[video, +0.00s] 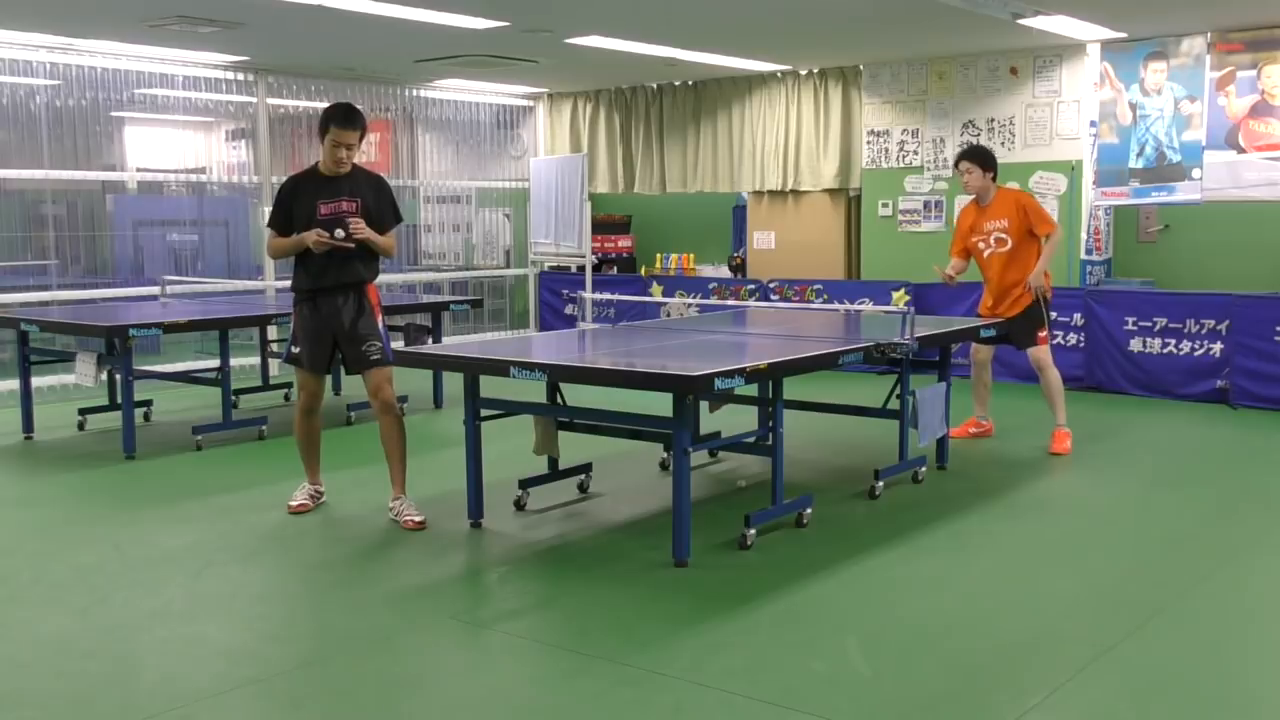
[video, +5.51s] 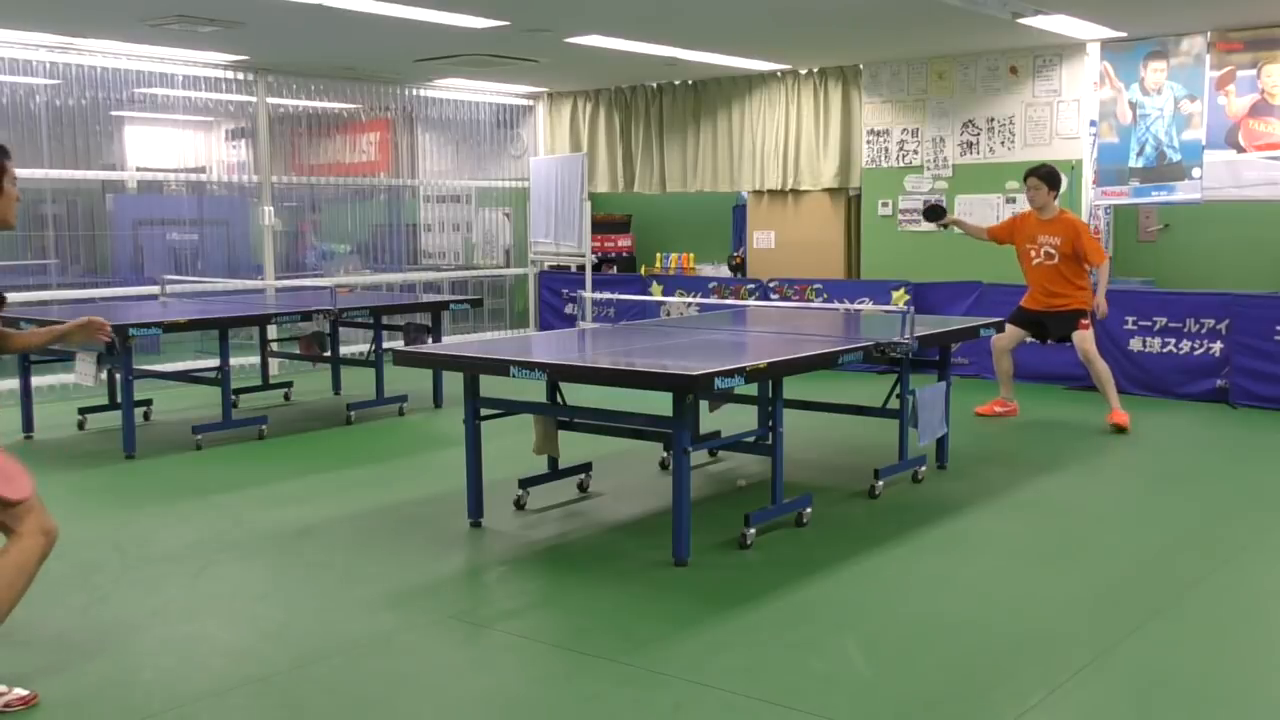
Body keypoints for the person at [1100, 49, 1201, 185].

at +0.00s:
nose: (1158, 77)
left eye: (1162, 72)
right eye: (1154, 71)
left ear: (1167, 73)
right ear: (1143, 72)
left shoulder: (1173, 89)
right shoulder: (1135, 91)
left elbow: (1198, 105)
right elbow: (1125, 121)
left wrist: (1191, 107)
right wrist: (1120, 95)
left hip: (1171, 160)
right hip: (1142, 163)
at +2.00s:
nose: (1158, 77)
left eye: (1162, 72)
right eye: (1154, 71)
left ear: (1167, 73)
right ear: (1143, 72)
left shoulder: (1173, 89)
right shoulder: (1135, 91)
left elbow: (1198, 106)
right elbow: (1125, 120)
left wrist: (1191, 107)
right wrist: (1120, 95)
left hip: (1171, 162)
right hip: (1141, 164)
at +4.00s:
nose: (1158, 77)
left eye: (1162, 71)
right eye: (1154, 71)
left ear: (1167, 73)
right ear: (1143, 72)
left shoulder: (1173, 89)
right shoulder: (1135, 90)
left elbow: (1198, 105)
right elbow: (1125, 120)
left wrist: (1191, 106)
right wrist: (1121, 94)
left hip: (1171, 161)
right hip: (1141, 163)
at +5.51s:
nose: (1158, 76)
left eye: (1162, 71)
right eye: (1154, 71)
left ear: (1167, 72)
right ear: (1143, 71)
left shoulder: (1173, 89)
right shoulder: (1134, 90)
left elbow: (1199, 105)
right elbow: (1125, 120)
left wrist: (1191, 106)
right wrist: (1120, 93)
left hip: (1171, 159)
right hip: (1141, 162)